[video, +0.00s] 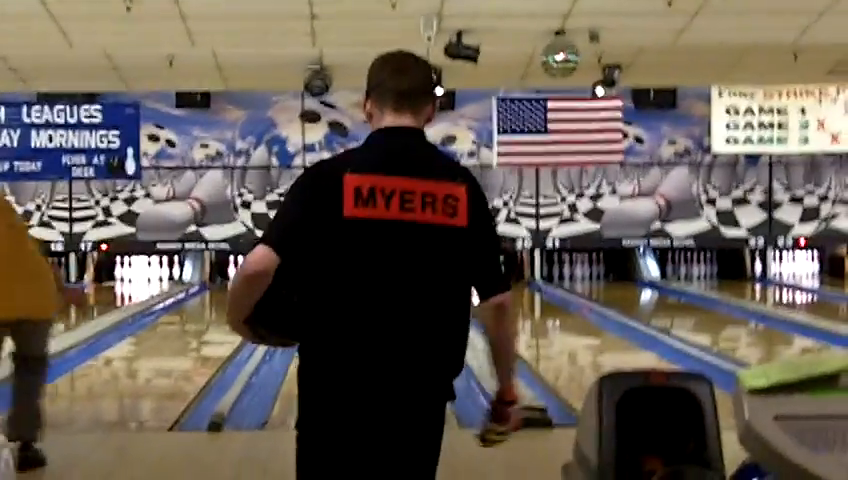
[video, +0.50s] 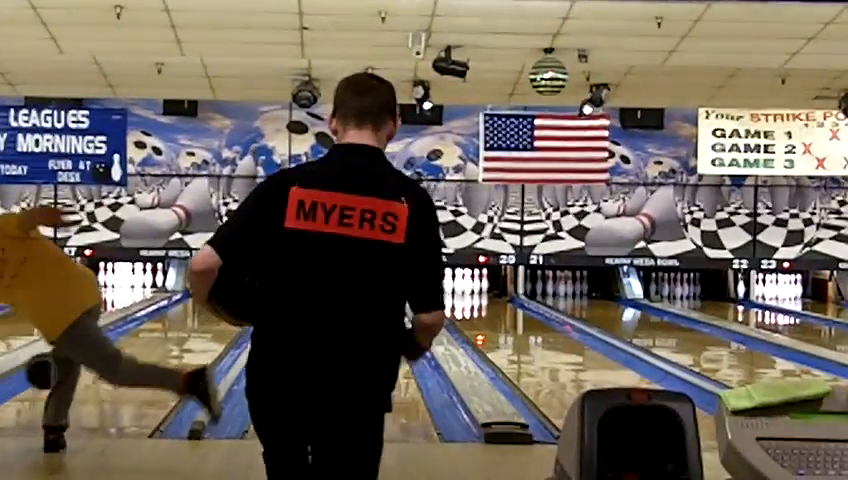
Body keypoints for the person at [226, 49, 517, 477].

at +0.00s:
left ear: (367, 106)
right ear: (432, 109)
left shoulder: (325, 177)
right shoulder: (461, 187)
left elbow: (256, 267)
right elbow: (497, 301)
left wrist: (240, 319)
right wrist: (506, 383)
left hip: (333, 392)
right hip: (419, 397)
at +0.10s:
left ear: (359, 121)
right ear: (423, 124)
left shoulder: (313, 189)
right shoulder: (449, 199)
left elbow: (241, 278)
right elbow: (477, 320)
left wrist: (229, 327)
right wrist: (472, 388)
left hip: (319, 399)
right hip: (407, 405)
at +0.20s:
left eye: (344, 113)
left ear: (346, 118)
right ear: (409, 120)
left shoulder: (302, 186)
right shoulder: (435, 197)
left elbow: (227, 272)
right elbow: (459, 317)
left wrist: (214, 318)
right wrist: (443, 363)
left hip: (306, 390)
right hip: (391, 396)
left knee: (307, 473)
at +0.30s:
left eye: (338, 115)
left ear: (337, 119)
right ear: (399, 121)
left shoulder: (291, 185)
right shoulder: (423, 196)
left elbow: (212, 272)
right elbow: (444, 315)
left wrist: (210, 314)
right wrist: (415, 359)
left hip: (294, 387)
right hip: (378, 393)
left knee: (299, 469)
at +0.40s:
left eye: (333, 117)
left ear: (333, 121)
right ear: (394, 123)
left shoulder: (286, 185)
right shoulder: (416, 199)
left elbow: (205, 270)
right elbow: (435, 314)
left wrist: (208, 308)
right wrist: (413, 355)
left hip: (286, 381)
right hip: (367, 386)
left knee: (291, 470)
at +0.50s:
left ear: (333, 123)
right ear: (394, 126)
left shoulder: (285, 184)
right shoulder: (412, 201)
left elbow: (202, 267)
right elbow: (431, 316)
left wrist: (223, 310)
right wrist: (417, 345)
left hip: (278, 383)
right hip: (359, 389)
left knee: (285, 477)